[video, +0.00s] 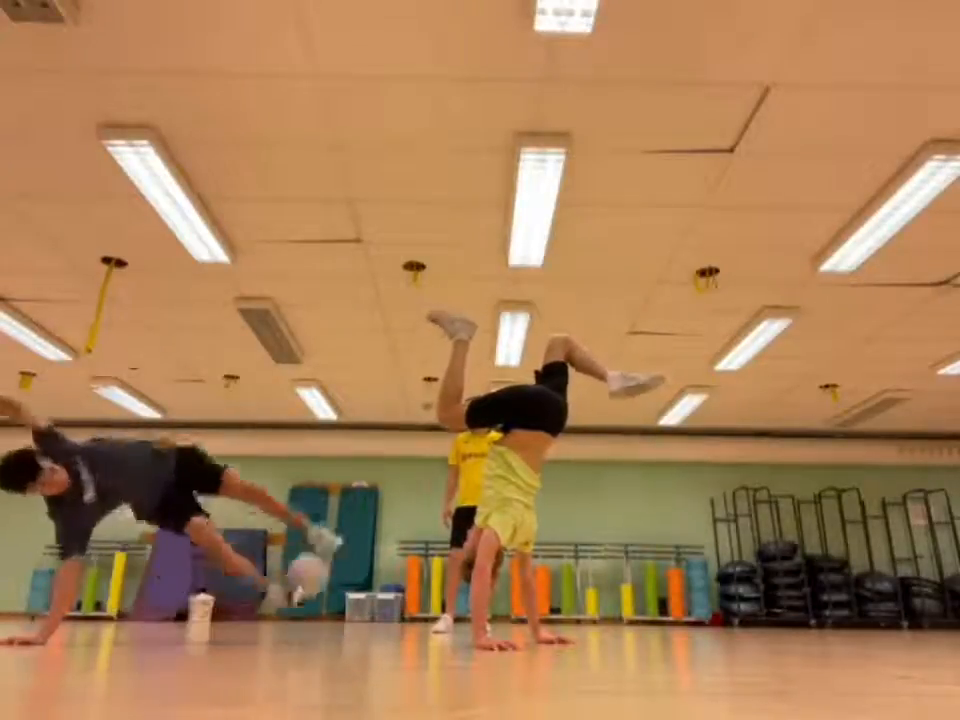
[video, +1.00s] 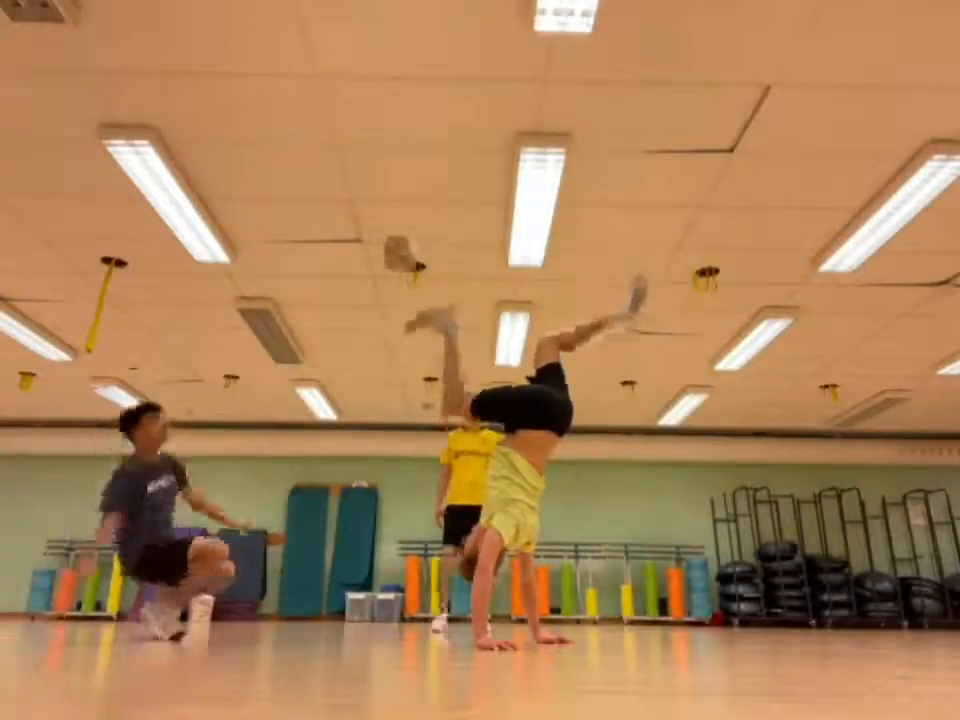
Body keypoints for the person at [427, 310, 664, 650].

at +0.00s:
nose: (483, 572)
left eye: (485, 574)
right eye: (481, 573)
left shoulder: (524, 536)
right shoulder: (493, 528)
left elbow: (526, 584)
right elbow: (481, 577)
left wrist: (537, 631)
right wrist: (481, 636)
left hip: (553, 414)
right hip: (529, 408)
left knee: (559, 344)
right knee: (450, 417)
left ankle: (613, 378)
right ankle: (461, 340)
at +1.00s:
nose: (481, 557)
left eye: (473, 556)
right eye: (477, 556)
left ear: (472, 549)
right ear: (473, 543)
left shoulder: (526, 538)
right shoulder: (497, 528)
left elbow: (528, 585)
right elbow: (483, 577)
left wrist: (537, 632)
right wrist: (482, 636)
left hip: (557, 412)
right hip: (536, 412)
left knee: (549, 345)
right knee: (457, 407)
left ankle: (620, 317)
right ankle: (450, 334)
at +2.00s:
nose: (472, 533)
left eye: (465, 537)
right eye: (473, 539)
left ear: (475, 550)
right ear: (480, 548)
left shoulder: (522, 538)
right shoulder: (497, 529)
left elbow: (527, 585)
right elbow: (482, 574)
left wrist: (536, 633)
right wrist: (480, 634)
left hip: (555, 417)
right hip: (534, 410)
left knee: (538, 356)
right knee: (453, 385)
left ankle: (604, 318)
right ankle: (449, 302)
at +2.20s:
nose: (468, 533)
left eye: (463, 538)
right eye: (470, 539)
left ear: (472, 549)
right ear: (476, 544)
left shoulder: (523, 539)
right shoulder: (498, 529)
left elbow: (526, 586)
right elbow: (483, 575)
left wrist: (537, 633)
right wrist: (480, 635)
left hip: (558, 417)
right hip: (534, 410)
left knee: (539, 345)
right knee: (453, 391)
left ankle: (610, 316)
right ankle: (450, 312)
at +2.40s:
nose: (471, 537)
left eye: (468, 541)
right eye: (472, 542)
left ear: (475, 552)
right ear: (480, 549)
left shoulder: (523, 537)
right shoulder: (498, 531)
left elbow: (525, 585)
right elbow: (483, 574)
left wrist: (536, 632)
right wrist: (481, 634)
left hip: (560, 414)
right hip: (542, 415)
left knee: (546, 343)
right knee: (463, 404)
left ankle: (620, 319)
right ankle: (457, 326)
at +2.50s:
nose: (472, 535)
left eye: (468, 540)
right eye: (474, 541)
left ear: (475, 550)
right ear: (482, 550)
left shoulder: (526, 539)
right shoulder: (499, 531)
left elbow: (528, 586)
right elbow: (484, 574)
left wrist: (536, 631)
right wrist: (481, 634)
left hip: (565, 416)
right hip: (546, 417)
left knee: (555, 344)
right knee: (466, 406)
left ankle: (630, 318)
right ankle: (463, 328)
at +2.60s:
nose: (473, 534)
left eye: (468, 540)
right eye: (475, 540)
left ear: (474, 544)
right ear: (479, 542)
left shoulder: (527, 539)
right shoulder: (501, 531)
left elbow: (528, 586)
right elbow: (484, 574)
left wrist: (537, 633)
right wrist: (480, 635)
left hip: (569, 416)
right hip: (548, 414)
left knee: (566, 347)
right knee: (468, 407)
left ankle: (637, 320)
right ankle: (468, 328)